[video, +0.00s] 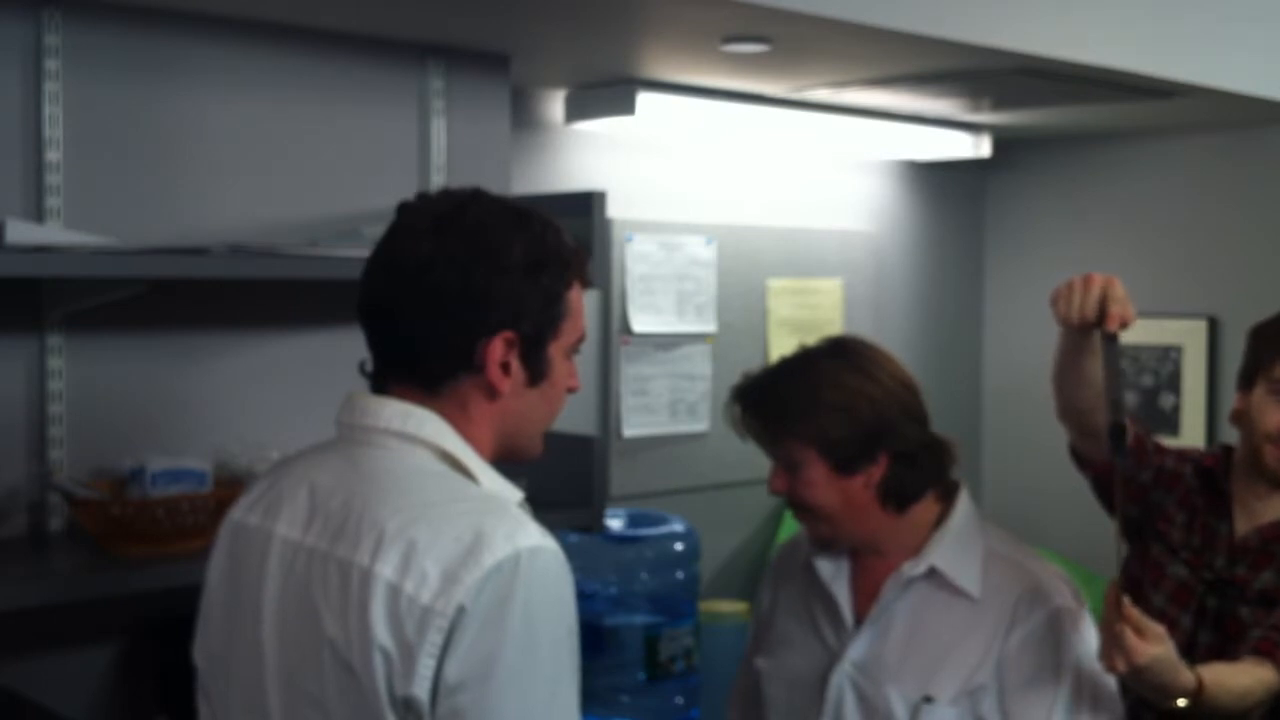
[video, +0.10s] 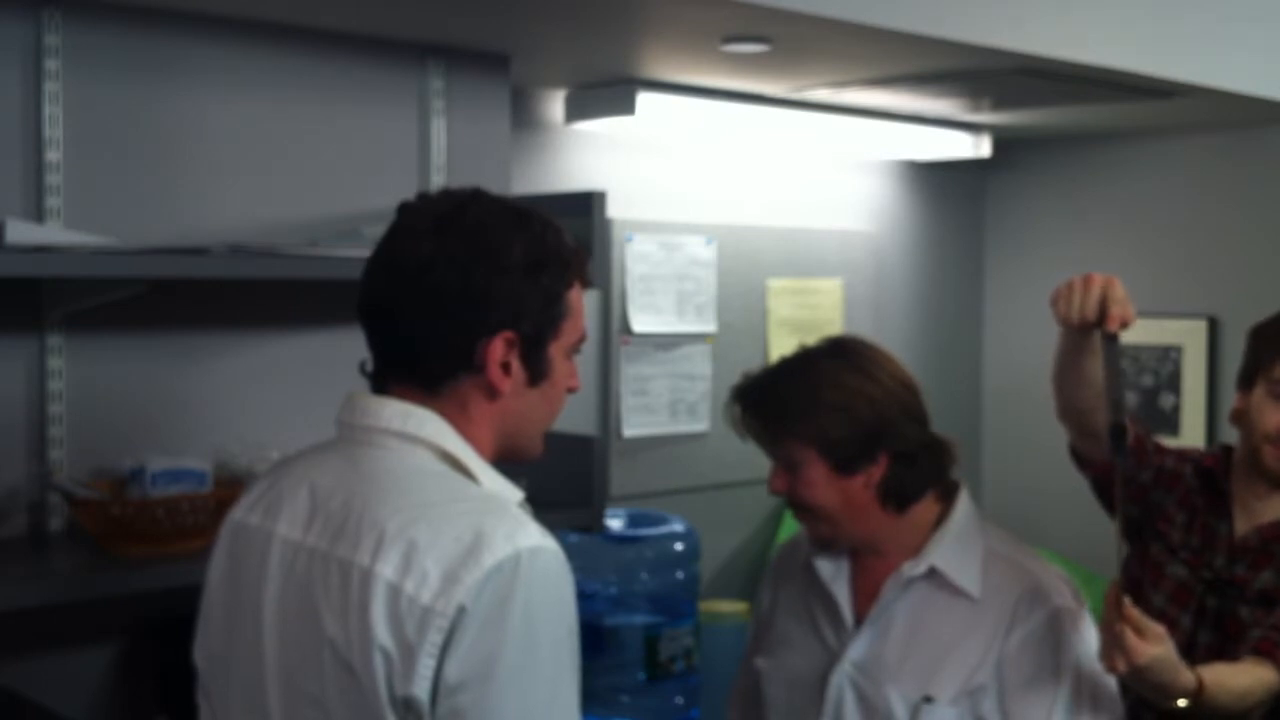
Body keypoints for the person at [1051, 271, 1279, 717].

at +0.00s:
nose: (1279, 417)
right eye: (1275, 392)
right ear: (1241, 402)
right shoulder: (1171, 484)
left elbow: (1267, 674)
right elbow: (1089, 428)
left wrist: (1185, 686)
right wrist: (1082, 329)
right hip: (1126, 704)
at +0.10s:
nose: (1279, 419)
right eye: (1276, 394)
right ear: (1241, 402)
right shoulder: (1171, 484)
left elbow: (1268, 674)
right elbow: (1089, 428)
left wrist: (1186, 686)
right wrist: (1083, 329)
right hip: (1129, 705)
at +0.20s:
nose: (1279, 418)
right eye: (1275, 393)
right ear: (1241, 402)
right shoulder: (1170, 484)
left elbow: (1268, 674)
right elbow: (1089, 427)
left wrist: (1186, 686)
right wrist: (1083, 329)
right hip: (1131, 705)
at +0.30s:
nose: (1279, 419)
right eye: (1275, 394)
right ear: (1241, 400)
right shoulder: (1169, 485)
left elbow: (1268, 675)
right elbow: (1089, 427)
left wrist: (1186, 686)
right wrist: (1083, 329)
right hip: (1131, 703)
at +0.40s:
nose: (1279, 419)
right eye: (1275, 394)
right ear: (1241, 402)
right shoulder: (1168, 485)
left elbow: (1268, 674)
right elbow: (1089, 427)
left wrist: (1186, 686)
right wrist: (1083, 328)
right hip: (1132, 704)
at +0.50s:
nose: (1279, 419)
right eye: (1275, 394)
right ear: (1240, 401)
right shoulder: (1168, 485)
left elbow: (1268, 675)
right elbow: (1089, 427)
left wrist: (1186, 686)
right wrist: (1082, 329)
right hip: (1132, 704)